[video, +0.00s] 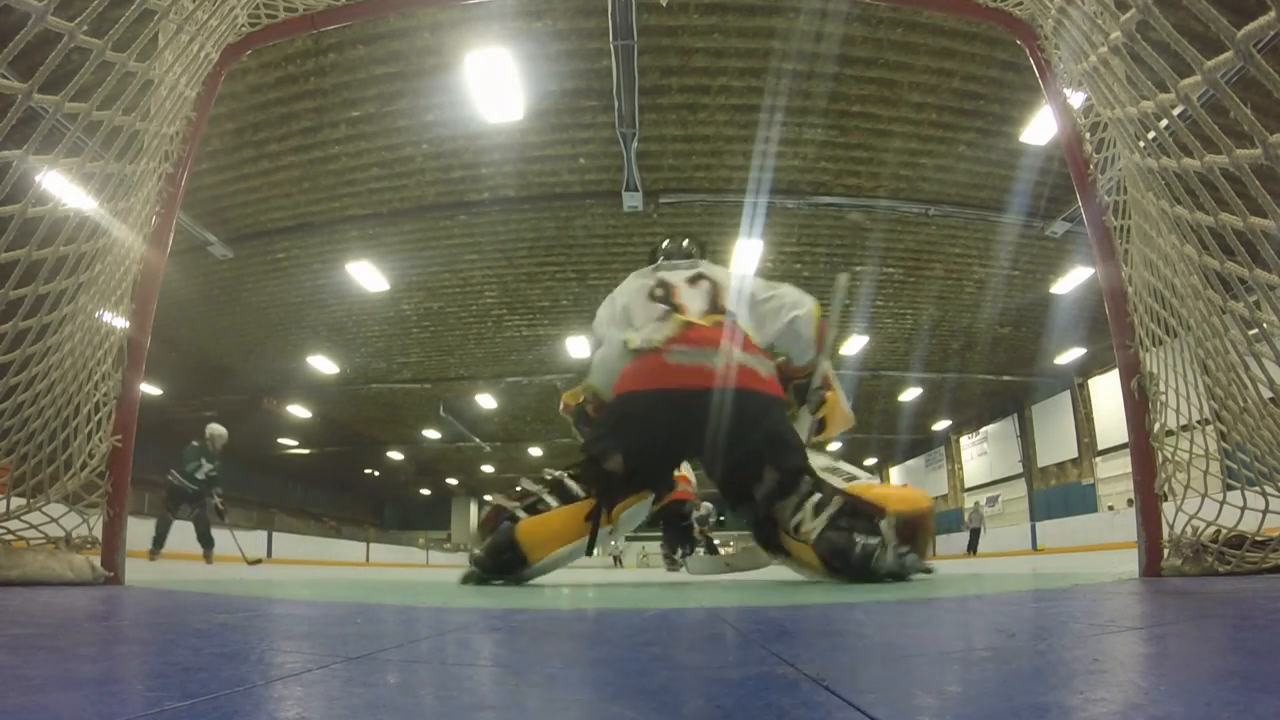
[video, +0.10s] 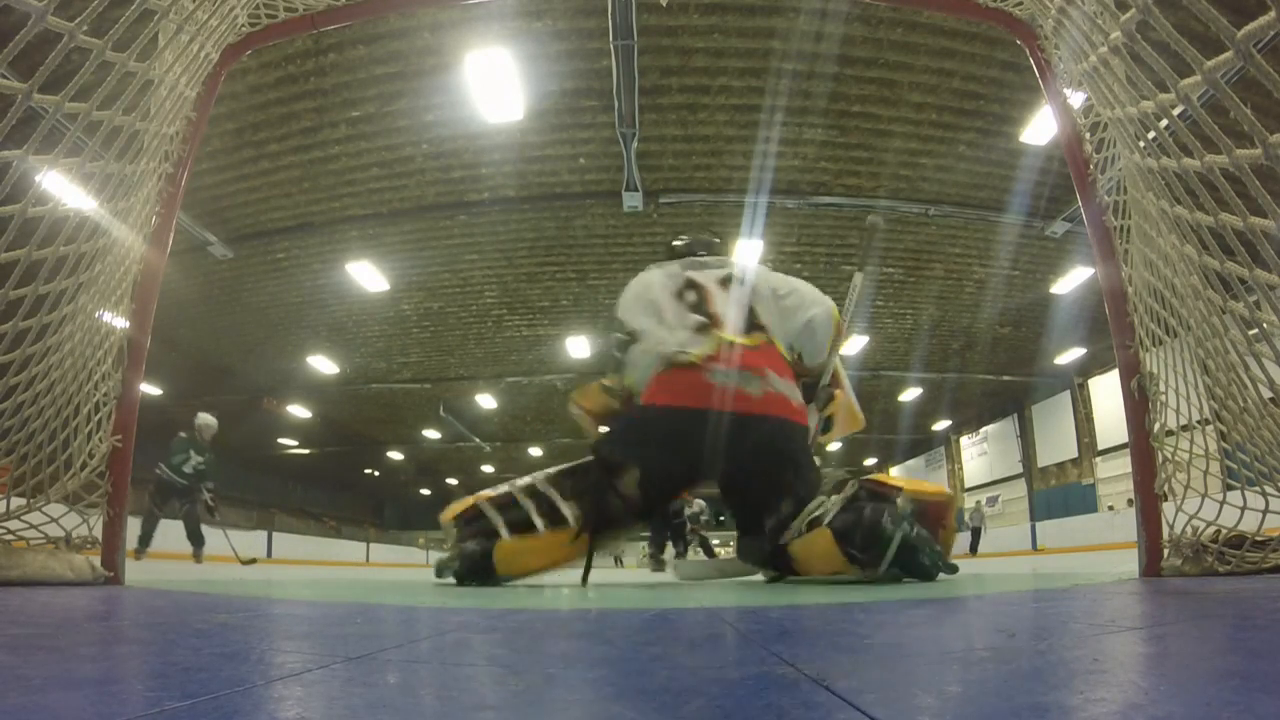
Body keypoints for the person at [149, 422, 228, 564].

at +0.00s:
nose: (222, 445)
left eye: (223, 442)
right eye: (221, 441)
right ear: (212, 439)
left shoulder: (216, 460)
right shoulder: (193, 449)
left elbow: (215, 482)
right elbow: (190, 469)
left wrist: (218, 499)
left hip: (197, 492)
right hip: (179, 488)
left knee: (201, 520)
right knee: (166, 516)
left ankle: (208, 549)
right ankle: (156, 547)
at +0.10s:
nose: (211, 435)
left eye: (213, 432)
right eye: (209, 431)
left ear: (212, 432)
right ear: (200, 429)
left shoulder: (208, 453)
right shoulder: (182, 440)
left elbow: (207, 478)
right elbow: (176, 461)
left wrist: (209, 497)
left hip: (187, 487)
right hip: (167, 482)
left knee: (191, 517)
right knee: (153, 512)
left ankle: (198, 547)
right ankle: (142, 545)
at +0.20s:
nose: (200, 424)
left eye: (202, 421)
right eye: (198, 420)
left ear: (199, 421)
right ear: (188, 418)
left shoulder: (196, 443)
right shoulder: (169, 431)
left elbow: (196, 469)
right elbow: (158, 455)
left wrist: (198, 488)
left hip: (175, 480)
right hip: (153, 476)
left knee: (180, 513)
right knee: (138, 509)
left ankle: (187, 545)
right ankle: (126, 543)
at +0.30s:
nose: (186, 411)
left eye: (188, 408)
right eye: (183, 407)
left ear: (188, 409)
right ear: (173, 405)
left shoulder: (186, 434)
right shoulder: (154, 419)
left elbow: (186, 461)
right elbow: (141, 444)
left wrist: (187, 479)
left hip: (165, 473)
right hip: (140, 467)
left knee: (167, 505)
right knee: (125, 503)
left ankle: (174, 544)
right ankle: (114, 538)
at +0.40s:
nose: (169, 398)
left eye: (173, 394)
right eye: (166, 392)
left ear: (176, 396)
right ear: (158, 391)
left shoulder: (173, 424)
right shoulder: (140, 410)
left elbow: (174, 452)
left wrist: (173, 472)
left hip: (156, 470)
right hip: (130, 463)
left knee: (152, 498)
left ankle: (159, 541)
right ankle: (103, 536)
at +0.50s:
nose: (144, 380)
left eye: (148, 376)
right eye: (145, 375)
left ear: (154, 380)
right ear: (139, 377)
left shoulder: (157, 411)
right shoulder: (122, 401)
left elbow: (159, 441)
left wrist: (157, 461)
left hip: (139, 459)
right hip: (114, 455)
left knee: (135, 497)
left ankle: (142, 538)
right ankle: (80, 532)